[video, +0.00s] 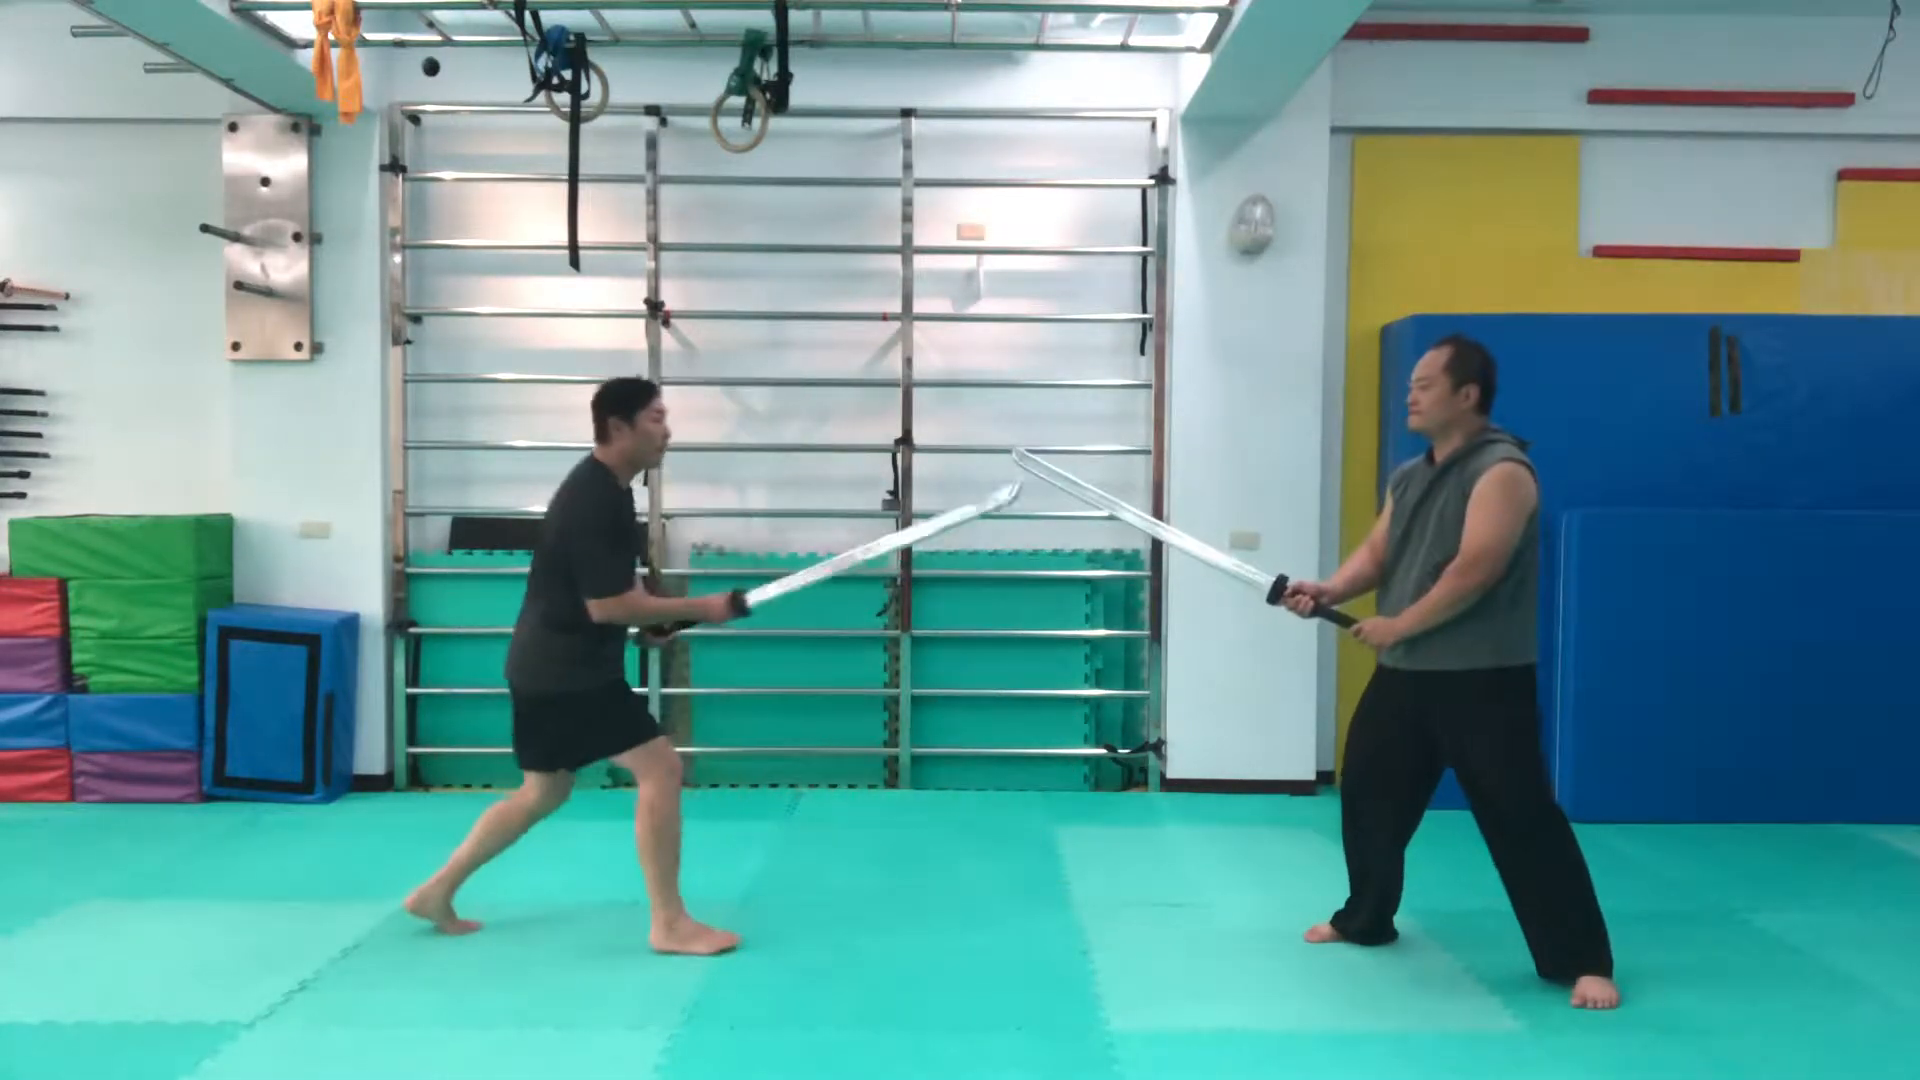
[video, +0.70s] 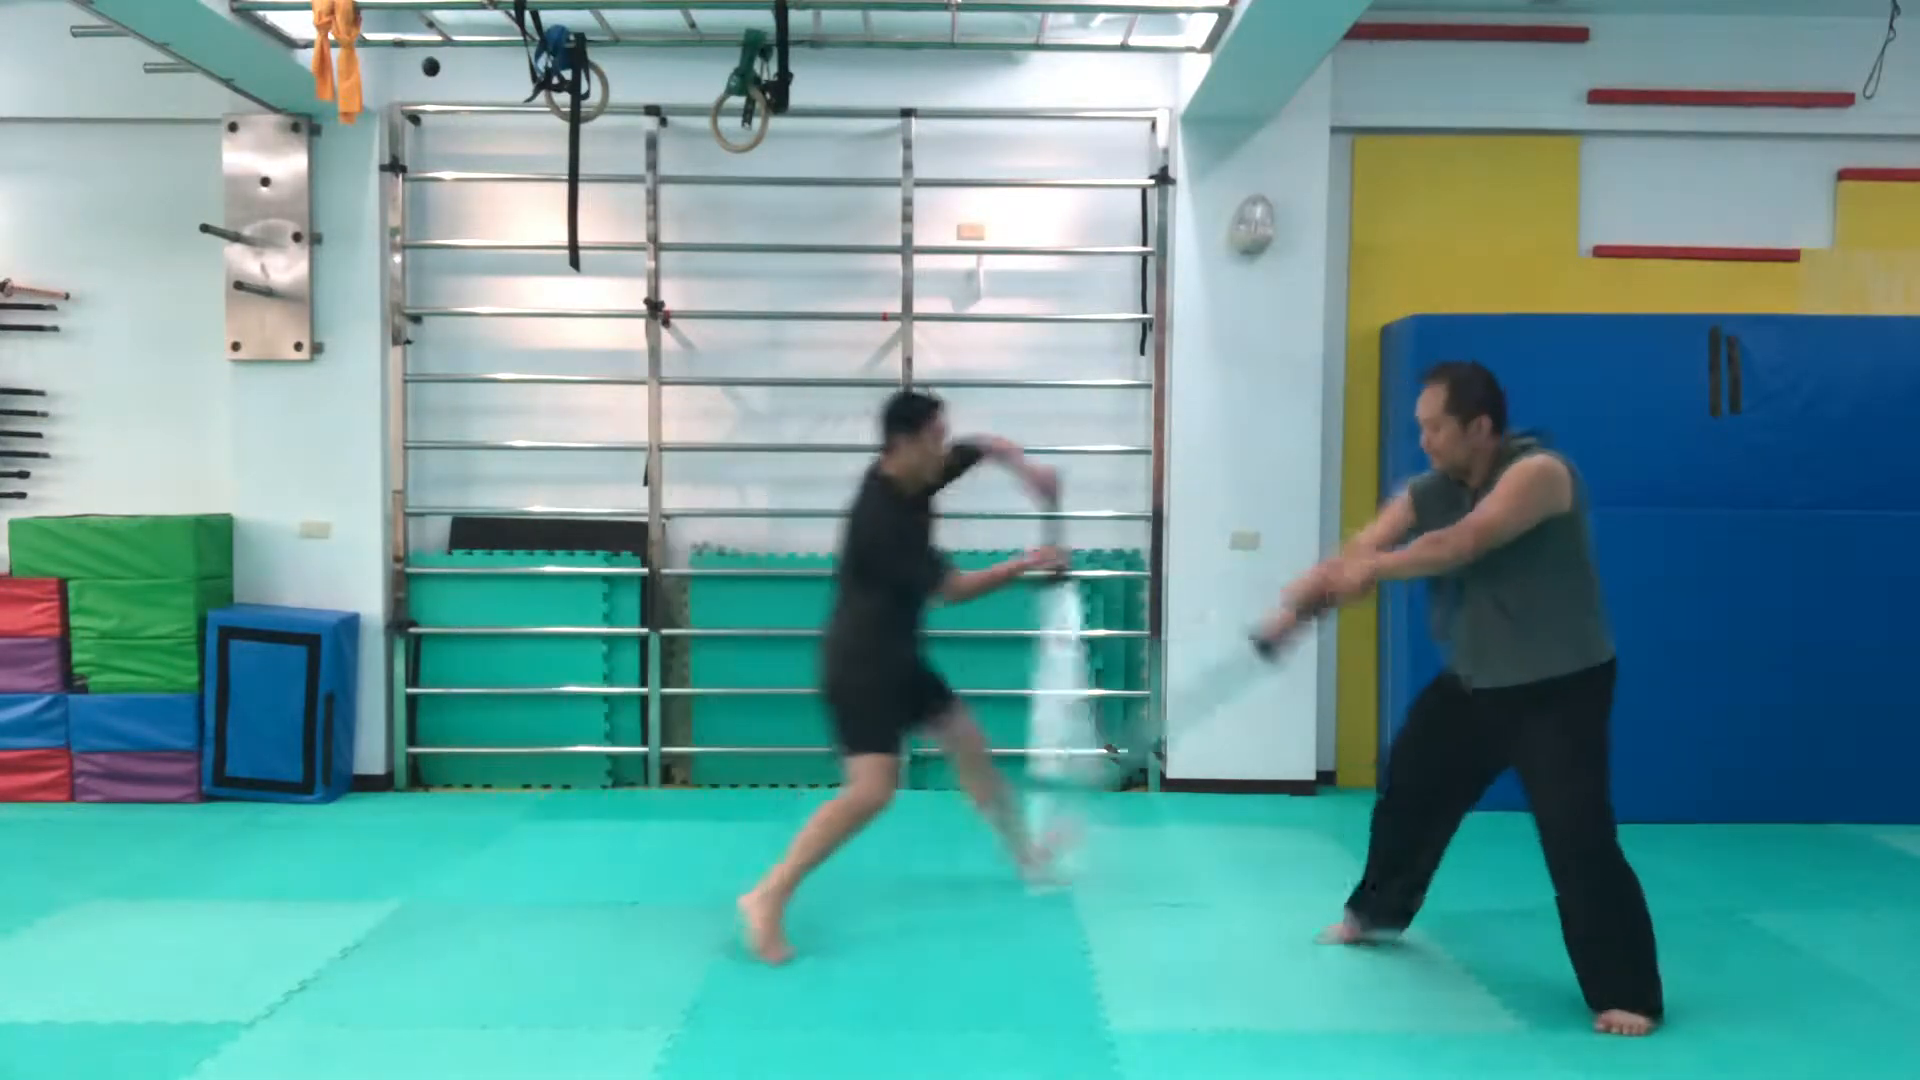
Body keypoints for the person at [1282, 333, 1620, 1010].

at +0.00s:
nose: (1410, 397)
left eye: (1423, 386)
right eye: (1411, 386)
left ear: (1467, 396)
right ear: (1442, 398)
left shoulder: (1504, 474)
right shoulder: (1409, 479)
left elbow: (1477, 568)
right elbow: (1375, 554)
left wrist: (1401, 624)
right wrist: (1327, 589)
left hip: (1484, 681)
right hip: (1404, 677)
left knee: (1522, 821)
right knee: (1370, 793)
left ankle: (1586, 965)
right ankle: (1365, 918)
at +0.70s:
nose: (1422, 440)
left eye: (1431, 427)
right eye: (1420, 427)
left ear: (1480, 427)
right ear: (1461, 430)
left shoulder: (1540, 474)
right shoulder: (1431, 493)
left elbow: (1464, 543)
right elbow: (1367, 549)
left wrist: (1369, 571)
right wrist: (1305, 600)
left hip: (1562, 686)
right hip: (1473, 687)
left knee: (1578, 839)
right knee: (1412, 786)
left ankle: (1627, 998)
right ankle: (1379, 913)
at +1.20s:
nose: (1349, 442)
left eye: (1357, 425)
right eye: (1348, 428)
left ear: (1391, 413)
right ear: (1362, 425)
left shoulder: (1447, 454)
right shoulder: (1383, 494)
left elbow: (1358, 390)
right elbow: (1305, 505)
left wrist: (1278, 374)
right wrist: (1248, 436)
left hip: (1490, 685)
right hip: (1424, 684)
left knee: (1530, 840)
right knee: (1310, 725)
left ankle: (1643, 989)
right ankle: (1250, 869)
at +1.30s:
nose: (1300, 444)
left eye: (1310, 428)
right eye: (1298, 431)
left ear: (1343, 426)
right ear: (1310, 438)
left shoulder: (1404, 465)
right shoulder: (1330, 499)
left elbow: (1320, 387)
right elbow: (1251, 501)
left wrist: (1242, 363)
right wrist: (1208, 427)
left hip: (1433, 688)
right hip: (1363, 696)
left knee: (1498, 835)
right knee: (1276, 802)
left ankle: (1635, 978)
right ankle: (1227, 944)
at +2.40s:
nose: (1458, 368)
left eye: (1473, 359)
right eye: (1461, 357)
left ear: (1519, 375)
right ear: (1483, 373)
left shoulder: (1561, 464)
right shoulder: (1430, 461)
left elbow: (1556, 563)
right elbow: (1408, 549)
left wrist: (1463, 613)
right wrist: (1393, 631)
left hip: (1513, 685)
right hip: (1428, 677)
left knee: (1528, 834)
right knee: (1371, 781)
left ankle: (1572, 994)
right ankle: (1390, 916)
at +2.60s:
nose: (1449, 373)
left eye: (1464, 364)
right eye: (1452, 362)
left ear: (1509, 380)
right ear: (1471, 381)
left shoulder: (1548, 463)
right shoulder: (1430, 468)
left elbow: (1540, 560)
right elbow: (1399, 554)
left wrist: (1451, 622)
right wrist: (1368, 619)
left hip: (1514, 683)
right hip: (1429, 676)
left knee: (1529, 836)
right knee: (1395, 788)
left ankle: (1572, 993)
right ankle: (1397, 909)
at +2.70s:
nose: (1428, 379)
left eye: (1444, 371)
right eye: (1429, 369)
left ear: (1487, 385)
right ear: (1437, 384)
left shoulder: (1526, 467)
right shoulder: (1411, 472)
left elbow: (1523, 569)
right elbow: (1386, 553)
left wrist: (1447, 633)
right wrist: (1360, 612)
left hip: (1499, 683)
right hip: (1419, 679)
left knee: (1524, 834)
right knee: (1400, 800)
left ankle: (1572, 992)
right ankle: (1395, 915)